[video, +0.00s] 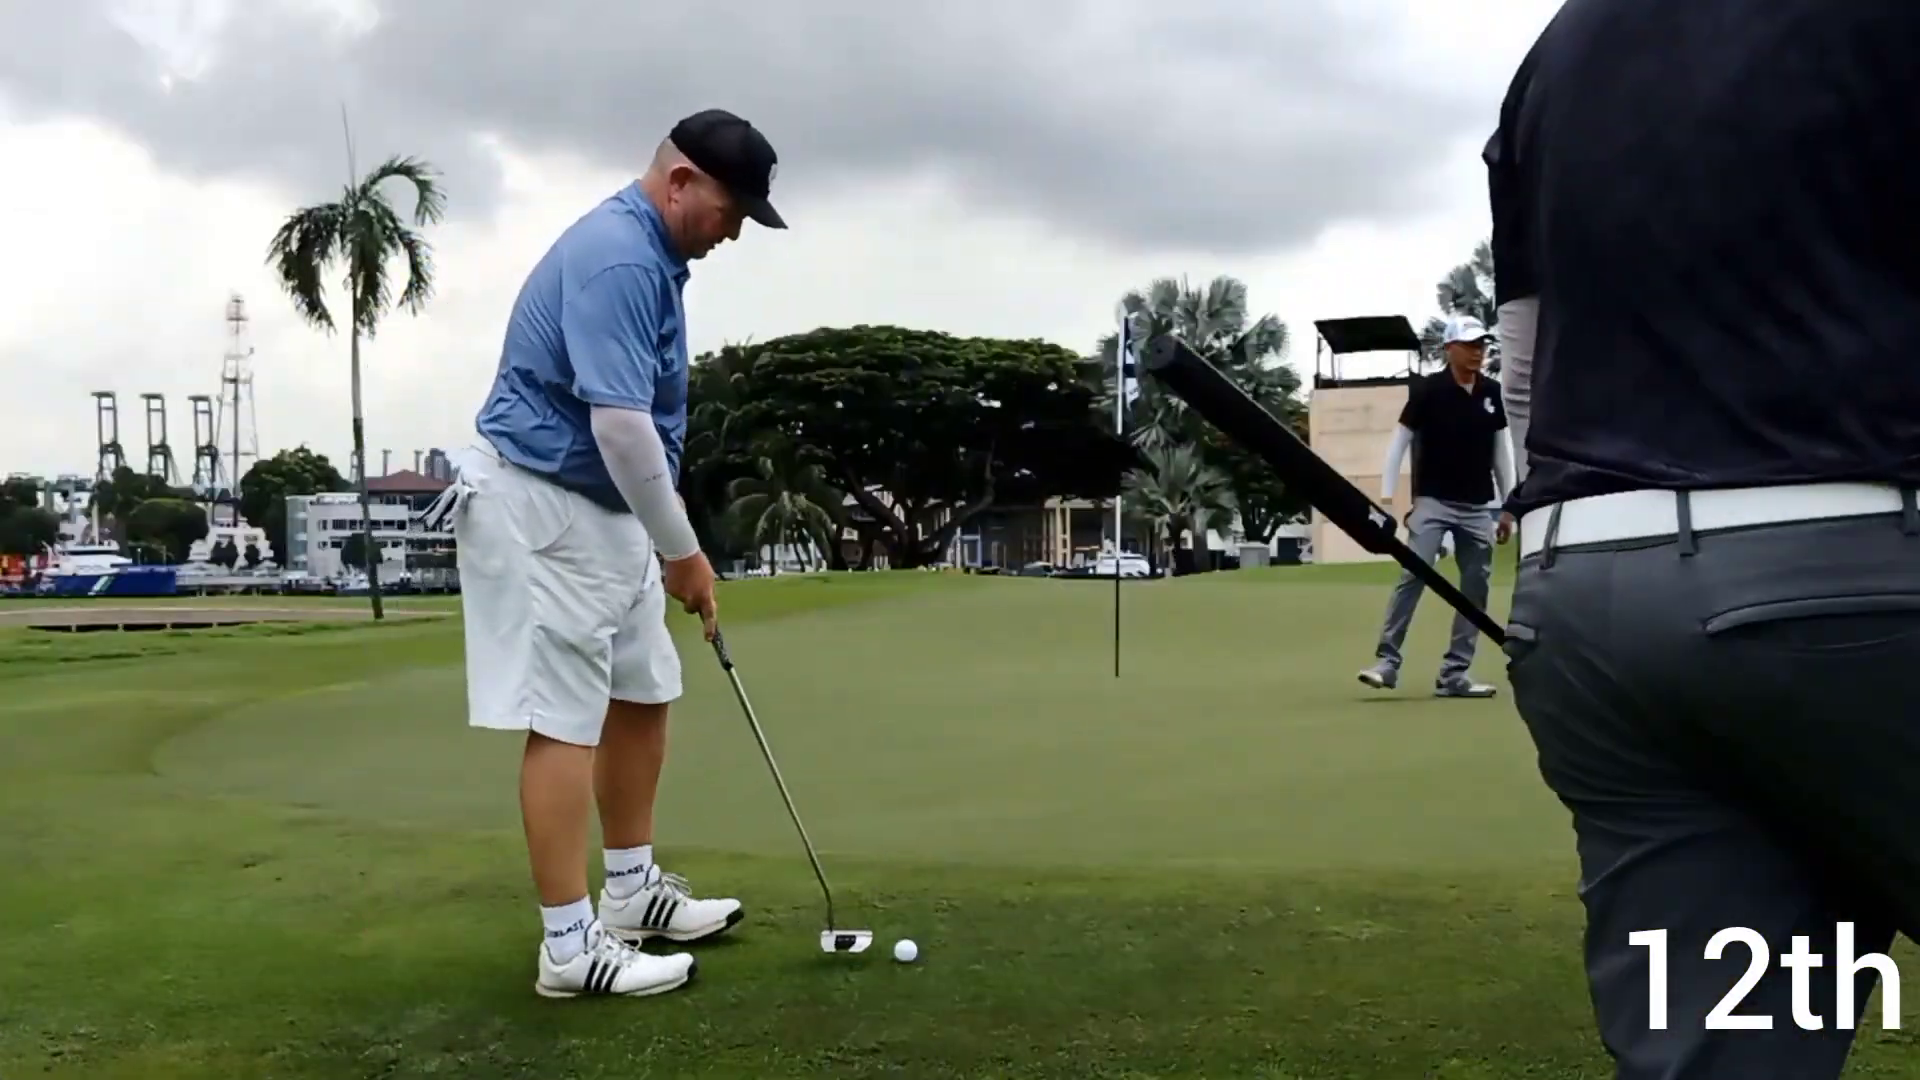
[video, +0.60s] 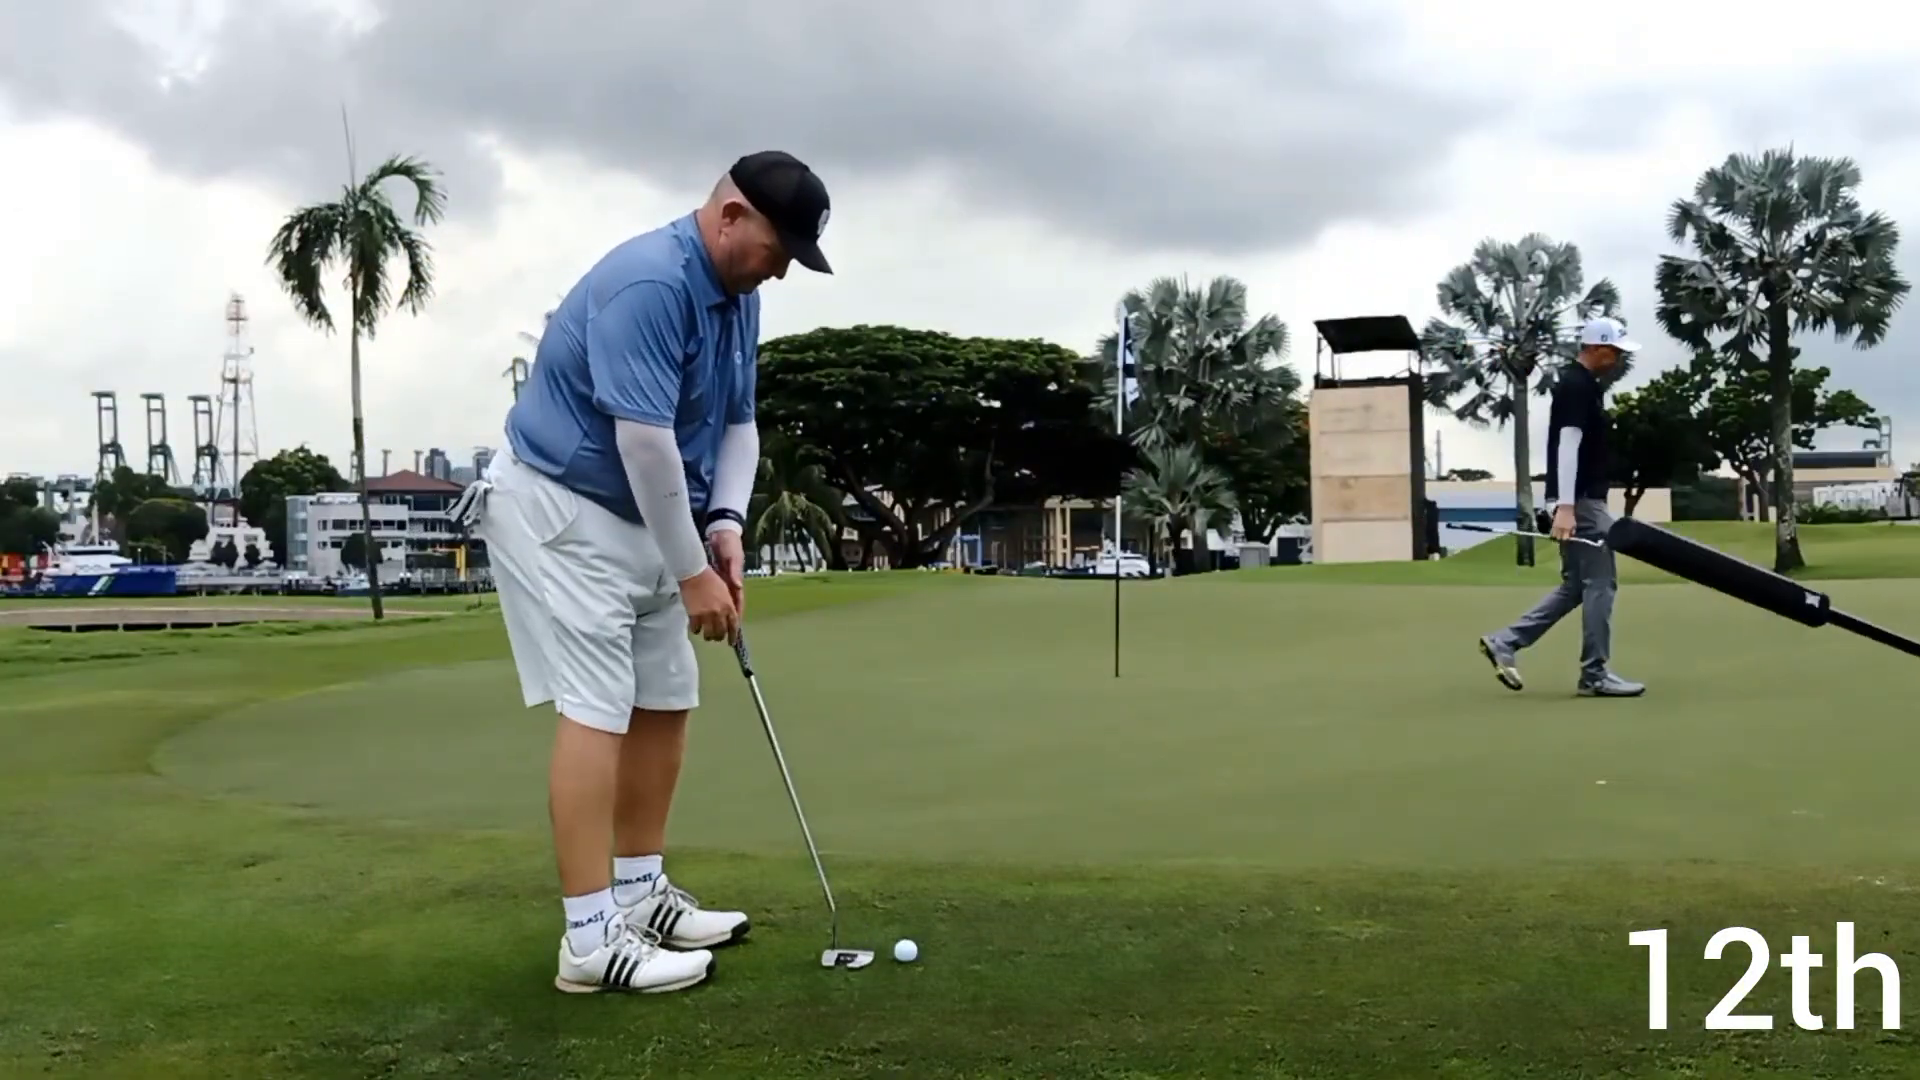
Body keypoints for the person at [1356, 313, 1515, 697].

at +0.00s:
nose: (1476, 353)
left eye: (1480, 345)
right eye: (1468, 346)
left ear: (1485, 349)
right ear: (1448, 348)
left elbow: (1503, 451)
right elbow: (1399, 444)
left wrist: (1509, 505)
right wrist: (1387, 497)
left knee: (1477, 586)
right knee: (1414, 574)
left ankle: (1454, 674)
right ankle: (1387, 663)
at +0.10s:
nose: (1501, 350)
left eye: (1504, 344)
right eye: (1492, 344)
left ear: (1506, 348)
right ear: (1472, 346)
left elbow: (1519, 454)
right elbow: (1419, 441)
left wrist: (1529, 511)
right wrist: (1414, 496)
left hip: (1490, 502)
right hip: (1451, 498)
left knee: (1479, 584)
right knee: (1462, 571)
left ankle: (1457, 671)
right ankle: (1435, 660)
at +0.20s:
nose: (1525, 355)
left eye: (1528, 349)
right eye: (1518, 347)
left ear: (1526, 353)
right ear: (1496, 348)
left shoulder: (1519, 397)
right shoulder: (1473, 386)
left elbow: (1532, 457)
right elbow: (1441, 441)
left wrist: (1557, 506)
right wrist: (1440, 496)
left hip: (1501, 500)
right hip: (1470, 497)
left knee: (1478, 585)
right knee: (1503, 570)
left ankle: (1453, 673)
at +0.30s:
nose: (1548, 357)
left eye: (1549, 351)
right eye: (1541, 350)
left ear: (1541, 355)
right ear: (1519, 350)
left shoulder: (1533, 398)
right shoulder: (1493, 388)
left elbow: (1548, 456)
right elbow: (1466, 441)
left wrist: (1579, 501)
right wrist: (1467, 498)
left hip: (1517, 501)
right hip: (1493, 500)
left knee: (1485, 588)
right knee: (1534, 574)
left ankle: (1454, 673)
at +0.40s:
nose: (1572, 360)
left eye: (1573, 354)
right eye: (1567, 353)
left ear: (1556, 355)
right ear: (1545, 351)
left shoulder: (1550, 396)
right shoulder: (1519, 389)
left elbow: (1561, 456)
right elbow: (1494, 444)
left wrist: (1593, 499)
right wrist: (1495, 501)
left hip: (1533, 504)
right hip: (1525, 505)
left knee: (1500, 590)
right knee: (1562, 582)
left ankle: (1458, 668)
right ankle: (1588, 671)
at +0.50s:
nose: (1593, 363)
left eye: (1595, 356)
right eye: (1588, 355)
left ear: (1579, 356)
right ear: (1568, 352)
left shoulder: (1568, 391)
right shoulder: (1550, 388)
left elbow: (1575, 454)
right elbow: (1529, 448)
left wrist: (1599, 502)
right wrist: (1527, 508)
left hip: (1556, 507)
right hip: (1560, 507)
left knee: (1530, 590)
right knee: (1585, 586)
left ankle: (1468, 660)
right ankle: (1592, 673)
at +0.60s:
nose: (1617, 360)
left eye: (1618, 353)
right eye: (1614, 353)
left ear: (1595, 350)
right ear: (1596, 350)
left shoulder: (1581, 383)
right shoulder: (1578, 385)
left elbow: (1575, 449)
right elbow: (1568, 447)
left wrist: (1590, 507)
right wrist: (1565, 506)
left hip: (1579, 502)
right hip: (1584, 504)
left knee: (1575, 586)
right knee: (1600, 585)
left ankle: (1505, 642)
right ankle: (1595, 672)